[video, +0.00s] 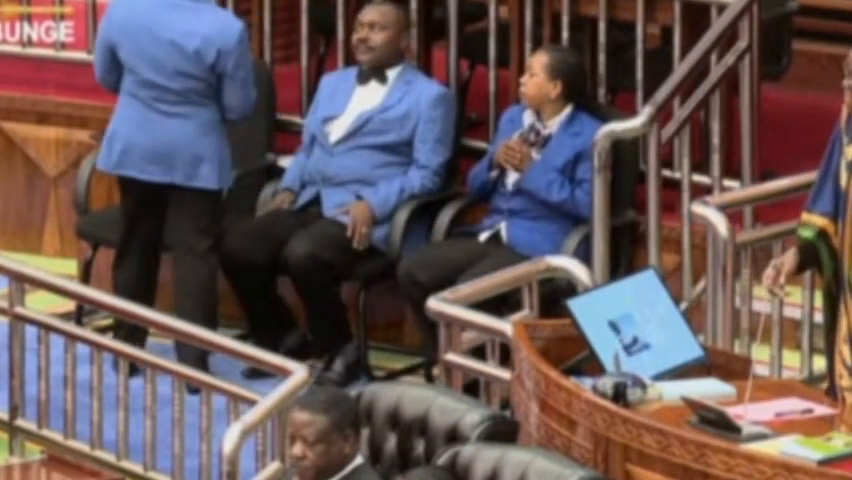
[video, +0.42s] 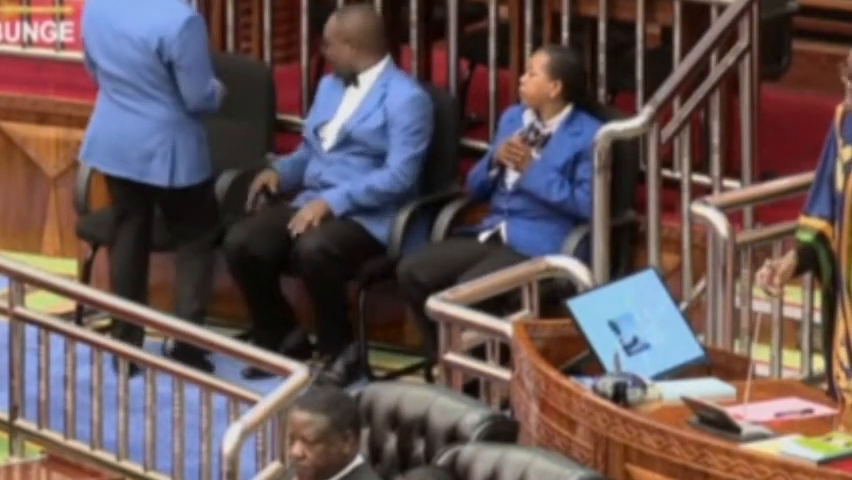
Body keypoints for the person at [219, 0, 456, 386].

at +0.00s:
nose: (363, 36)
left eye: (376, 28)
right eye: (359, 27)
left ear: (403, 40)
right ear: (352, 34)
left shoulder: (429, 96)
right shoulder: (332, 84)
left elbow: (429, 174)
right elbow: (307, 150)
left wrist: (374, 205)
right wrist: (288, 189)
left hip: (369, 214)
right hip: (313, 206)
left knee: (306, 255)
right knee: (240, 247)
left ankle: (338, 350)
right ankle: (277, 337)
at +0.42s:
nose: (325, 52)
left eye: (330, 44)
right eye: (325, 44)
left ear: (356, 46)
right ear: (357, 46)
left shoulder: (407, 97)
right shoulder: (331, 85)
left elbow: (401, 177)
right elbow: (311, 152)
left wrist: (332, 202)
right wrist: (278, 173)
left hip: (370, 214)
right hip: (313, 201)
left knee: (315, 251)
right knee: (244, 243)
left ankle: (338, 350)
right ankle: (280, 336)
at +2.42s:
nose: (354, 45)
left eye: (363, 36)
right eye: (343, 36)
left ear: (376, 41)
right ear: (326, 42)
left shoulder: (401, 98)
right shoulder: (305, 87)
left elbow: (403, 178)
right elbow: (299, 147)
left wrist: (327, 179)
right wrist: (281, 153)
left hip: (366, 216)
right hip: (305, 208)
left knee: (313, 254)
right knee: (240, 248)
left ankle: (337, 354)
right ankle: (281, 341)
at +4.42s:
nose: (372, 51)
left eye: (379, 42)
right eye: (361, 43)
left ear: (389, 46)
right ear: (339, 48)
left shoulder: (410, 103)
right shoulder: (308, 89)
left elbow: (410, 181)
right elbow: (287, 147)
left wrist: (339, 181)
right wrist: (296, 170)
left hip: (366, 219)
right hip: (302, 210)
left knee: (317, 257)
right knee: (235, 248)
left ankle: (339, 357)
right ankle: (282, 344)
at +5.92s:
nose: (335, 73)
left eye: (342, 62)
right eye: (323, 65)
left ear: (353, 62)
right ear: (303, 70)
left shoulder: (381, 114)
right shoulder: (276, 103)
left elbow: (392, 190)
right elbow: (258, 166)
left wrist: (331, 190)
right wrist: (277, 190)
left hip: (349, 219)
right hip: (286, 217)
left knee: (324, 255)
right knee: (235, 251)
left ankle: (337, 360)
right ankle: (279, 343)